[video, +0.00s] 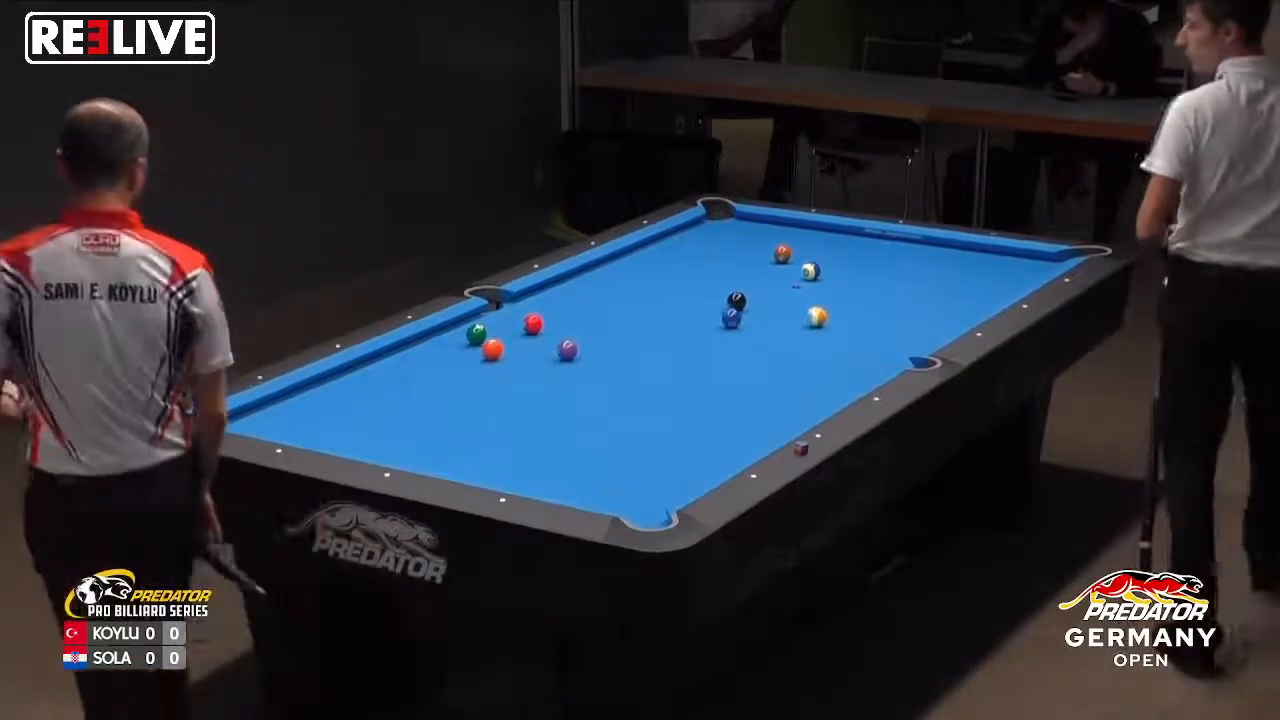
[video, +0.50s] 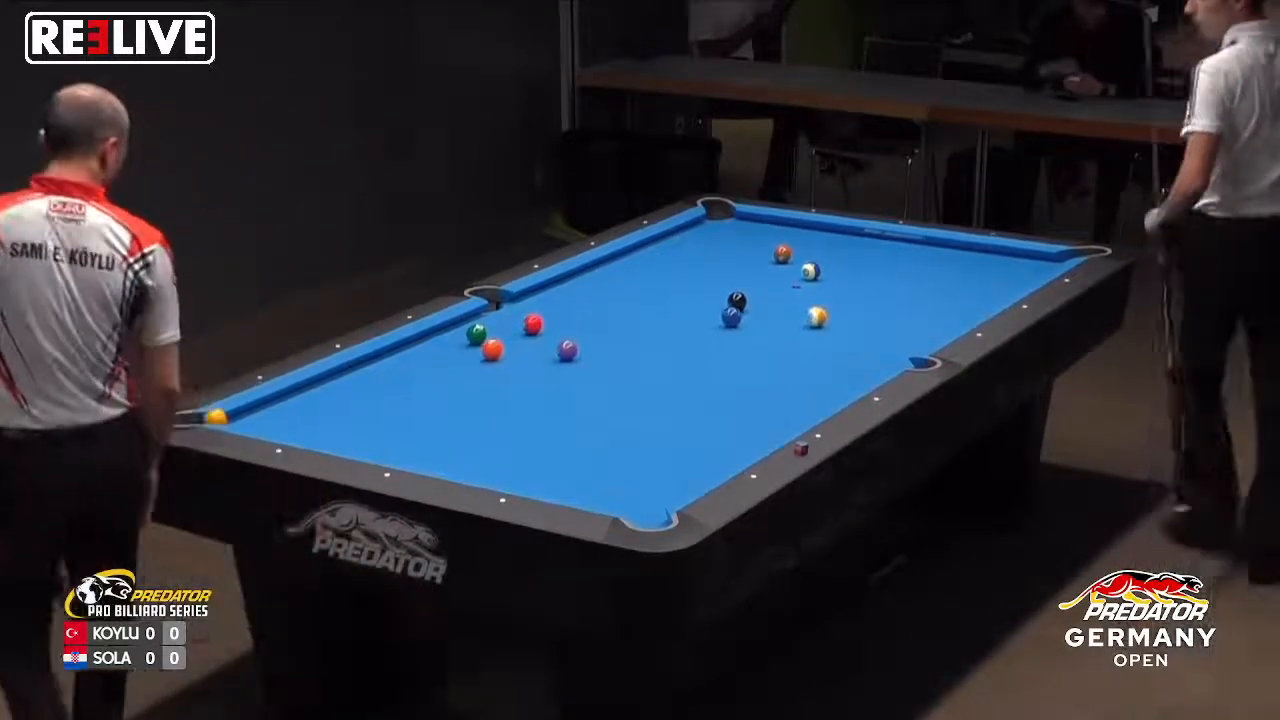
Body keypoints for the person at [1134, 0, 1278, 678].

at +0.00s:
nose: (1182, 38)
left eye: (1192, 25)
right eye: (1184, 24)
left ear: (1233, 34)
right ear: (1241, 34)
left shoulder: (1193, 109)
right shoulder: (1278, 96)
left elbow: (1151, 223)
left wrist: (1180, 229)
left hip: (1204, 287)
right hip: (1275, 286)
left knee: (1190, 445)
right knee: (1274, 435)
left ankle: (1193, 617)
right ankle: (1269, 566)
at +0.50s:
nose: (1191, 8)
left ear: (1237, 5)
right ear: (1252, 7)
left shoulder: (1220, 70)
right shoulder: (1275, 55)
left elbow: (1196, 177)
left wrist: (1163, 214)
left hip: (1222, 236)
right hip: (1276, 231)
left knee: (1199, 376)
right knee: (1275, 390)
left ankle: (1210, 516)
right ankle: (1271, 539)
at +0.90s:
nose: (1133, 1)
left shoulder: (1174, 53)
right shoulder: (1254, 38)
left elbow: (1190, 145)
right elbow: (1267, 134)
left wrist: (1156, 212)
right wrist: (1255, 186)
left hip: (1190, 211)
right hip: (1247, 208)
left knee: (1178, 343)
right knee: (1229, 346)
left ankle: (1186, 465)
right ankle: (1264, 482)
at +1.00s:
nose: (1120, 5)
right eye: (1118, 1)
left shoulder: (1162, 40)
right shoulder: (1226, 25)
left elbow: (1185, 135)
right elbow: (1228, 118)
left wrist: (1153, 202)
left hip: (1182, 198)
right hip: (1223, 193)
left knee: (1174, 332)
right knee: (1199, 329)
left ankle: (1187, 464)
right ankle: (1237, 443)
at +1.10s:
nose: (1107, 1)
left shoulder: (1152, 34)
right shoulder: (1205, 20)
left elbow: (1186, 127)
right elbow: (1211, 116)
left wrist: (1152, 198)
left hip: (1169, 191)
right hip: (1199, 184)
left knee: (1167, 331)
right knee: (1176, 327)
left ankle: (1188, 467)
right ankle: (1200, 455)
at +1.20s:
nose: (1087, 8)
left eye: (1088, 5)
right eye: (1087, 6)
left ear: (1102, 1)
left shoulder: (1137, 29)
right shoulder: (1165, 18)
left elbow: (1183, 116)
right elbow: (1189, 117)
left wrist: (1153, 191)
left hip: (1144, 192)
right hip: (1147, 186)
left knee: (1150, 325)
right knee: (1132, 313)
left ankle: (1189, 463)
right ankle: (1130, 421)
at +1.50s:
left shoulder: (1084, 17)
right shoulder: (1064, 22)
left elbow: (1141, 95)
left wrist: (1122, 178)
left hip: (1091, 181)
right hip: (1067, 176)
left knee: (1097, 327)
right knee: (1054, 316)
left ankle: (1163, 444)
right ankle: (1051, 417)